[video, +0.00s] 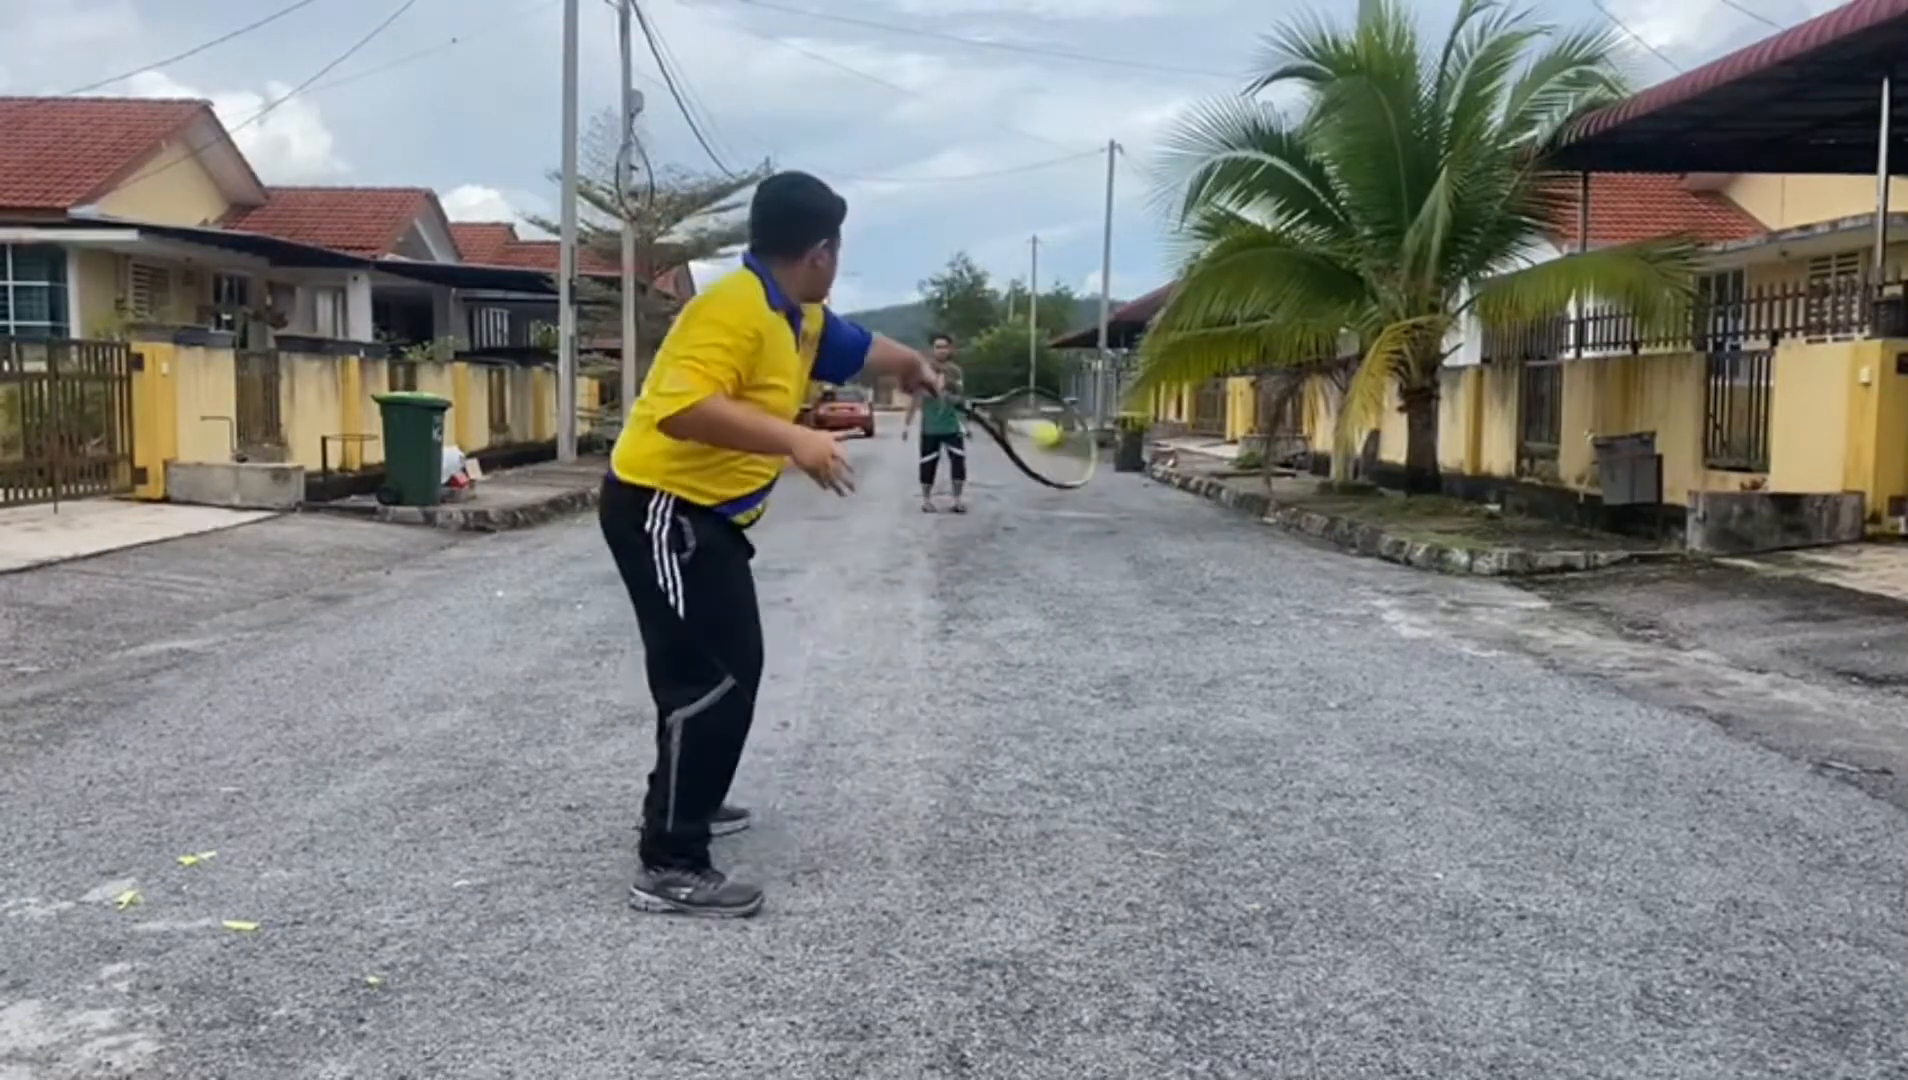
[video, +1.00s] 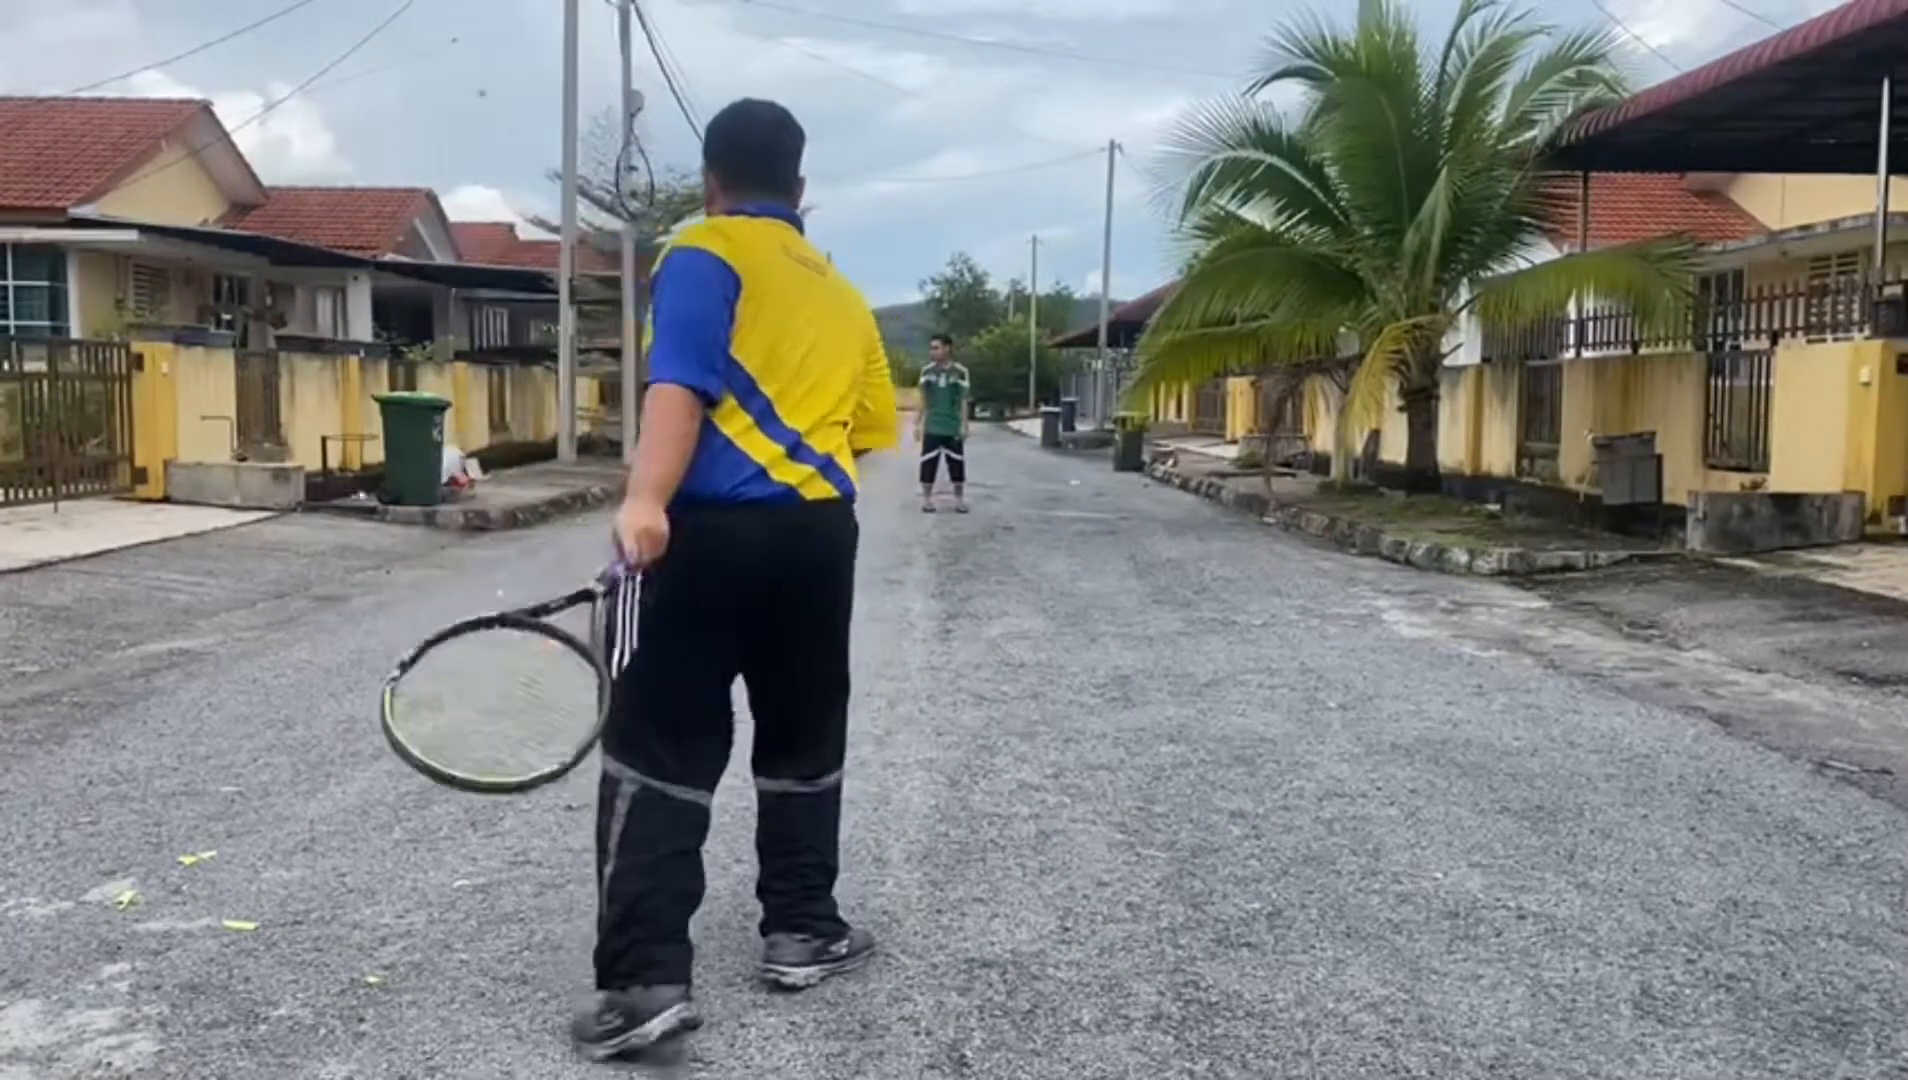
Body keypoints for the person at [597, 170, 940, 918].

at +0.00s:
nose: (839, 259)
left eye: (837, 245)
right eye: (835, 245)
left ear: (774, 245)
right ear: (814, 253)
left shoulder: (794, 317)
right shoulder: (731, 306)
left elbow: (854, 348)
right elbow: (677, 408)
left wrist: (910, 365)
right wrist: (792, 437)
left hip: (705, 510)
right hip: (663, 507)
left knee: (729, 665)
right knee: (709, 675)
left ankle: (683, 802)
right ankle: (670, 863)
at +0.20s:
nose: (838, 226)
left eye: (836, 211)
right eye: (838, 211)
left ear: (762, 203)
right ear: (824, 213)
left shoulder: (722, 235)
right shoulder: (794, 292)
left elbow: (702, 184)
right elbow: (783, 415)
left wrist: (682, 157)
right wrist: (864, 445)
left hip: (639, 485)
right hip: (701, 503)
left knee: (673, 666)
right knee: (737, 678)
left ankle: (659, 817)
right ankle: (683, 867)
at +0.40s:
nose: (819, 205)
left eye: (807, 187)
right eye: (818, 193)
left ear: (733, 184)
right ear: (810, 201)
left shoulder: (666, 227)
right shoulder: (817, 292)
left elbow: (586, 128)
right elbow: (842, 419)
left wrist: (523, 26)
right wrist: (884, 427)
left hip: (636, 498)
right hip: (738, 507)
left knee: (653, 677)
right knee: (812, 675)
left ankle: (620, 866)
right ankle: (721, 843)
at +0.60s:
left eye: (739, 193)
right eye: (828, 203)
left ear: (737, 197)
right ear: (824, 211)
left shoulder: (691, 260)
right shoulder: (863, 311)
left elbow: (571, 203)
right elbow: (891, 432)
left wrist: (468, 119)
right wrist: (807, 405)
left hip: (678, 533)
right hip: (794, 540)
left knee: (660, 704)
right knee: (800, 726)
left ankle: (625, 867)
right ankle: (801, 924)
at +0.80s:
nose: (741, 200)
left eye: (741, 189)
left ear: (746, 188)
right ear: (832, 192)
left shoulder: (729, 252)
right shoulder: (869, 303)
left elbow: (642, 315)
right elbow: (892, 431)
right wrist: (806, 395)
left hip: (709, 530)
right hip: (828, 543)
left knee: (647, 716)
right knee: (814, 733)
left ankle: (597, 908)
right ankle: (801, 927)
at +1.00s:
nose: (701, 190)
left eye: (702, 177)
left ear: (712, 178)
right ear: (798, 184)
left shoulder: (704, 250)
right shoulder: (837, 288)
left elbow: (681, 377)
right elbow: (873, 425)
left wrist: (644, 495)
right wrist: (777, 458)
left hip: (708, 533)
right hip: (817, 538)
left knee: (661, 749)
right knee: (803, 739)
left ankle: (646, 976)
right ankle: (802, 930)